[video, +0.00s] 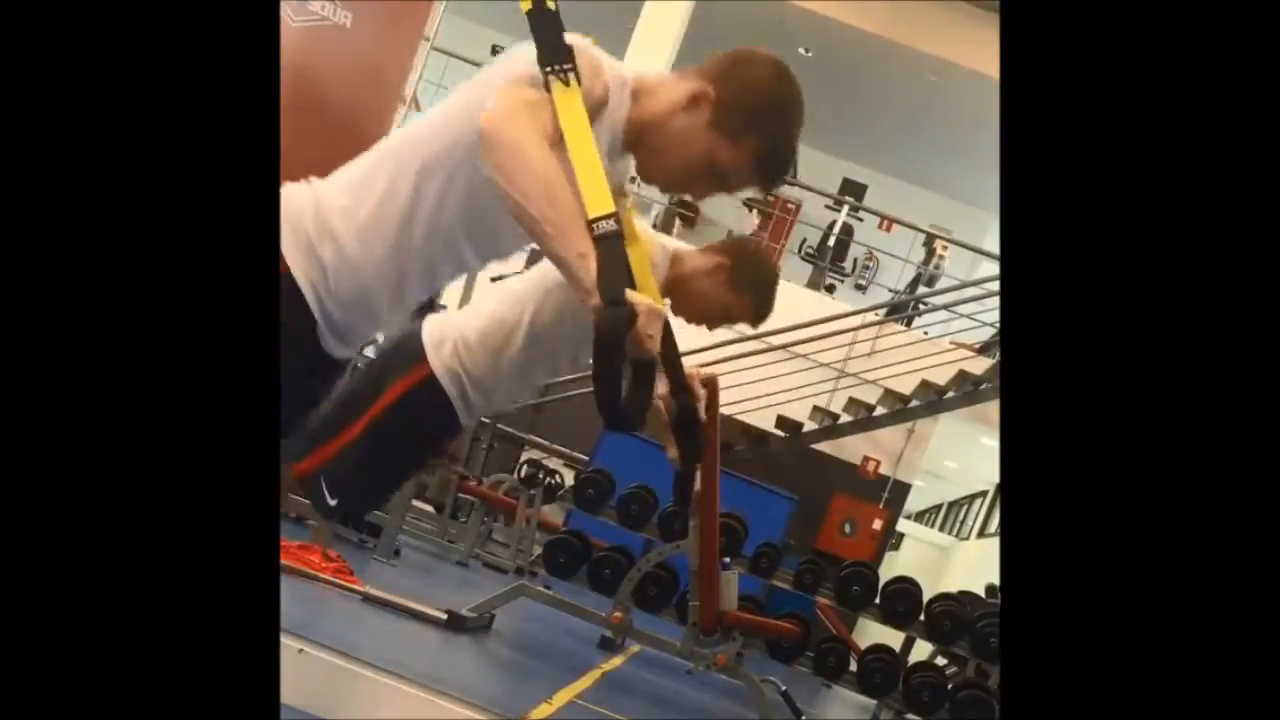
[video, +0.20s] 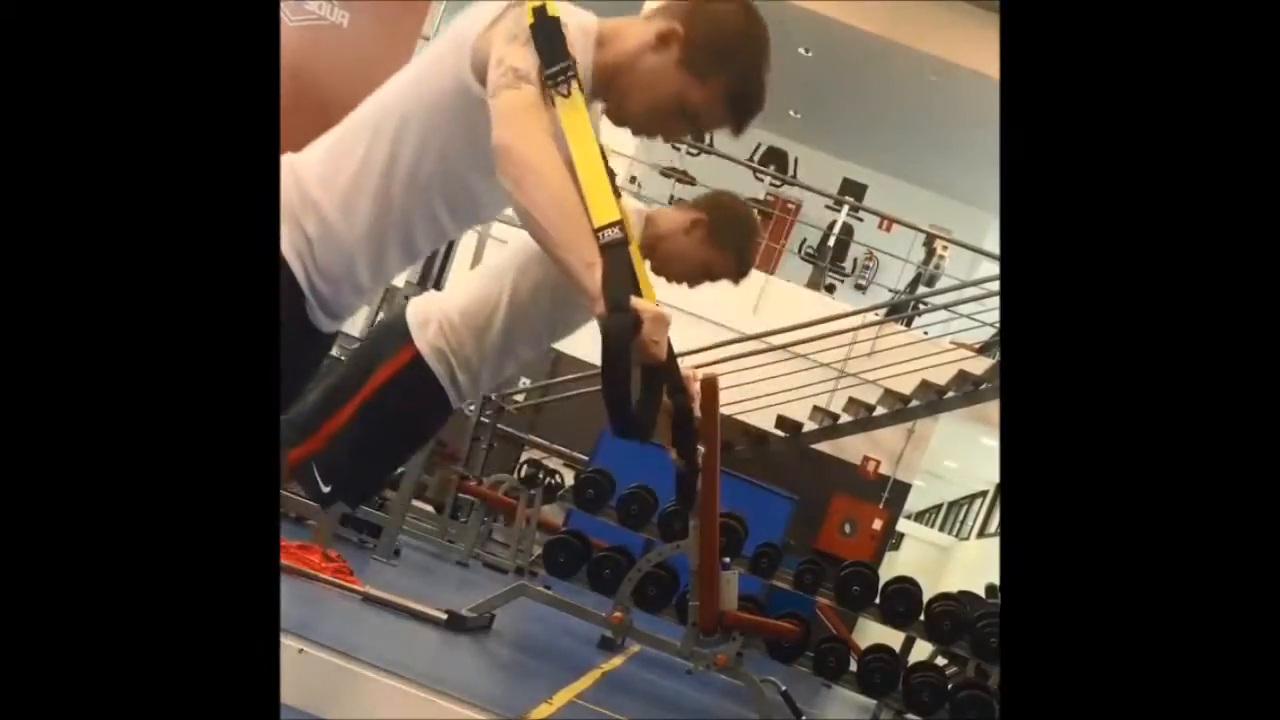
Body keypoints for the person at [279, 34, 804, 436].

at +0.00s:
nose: (700, 195)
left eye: (721, 189)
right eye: (715, 172)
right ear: (698, 104)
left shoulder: (610, 165)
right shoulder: (583, 69)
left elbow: (626, 273)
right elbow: (507, 134)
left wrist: (669, 380)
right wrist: (598, 286)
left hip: (336, 337)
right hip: (294, 273)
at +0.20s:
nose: (672, 141)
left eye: (691, 135)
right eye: (685, 118)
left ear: (660, 38)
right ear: (666, 37)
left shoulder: (577, 116)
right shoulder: (542, 21)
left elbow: (601, 235)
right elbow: (519, 148)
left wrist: (644, 325)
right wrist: (612, 294)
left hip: (323, 310)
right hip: (286, 251)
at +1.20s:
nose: (723, 277)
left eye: (744, 273)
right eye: (740, 259)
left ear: (726, 186)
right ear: (728, 190)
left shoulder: (652, 238)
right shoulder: (630, 149)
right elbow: (521, 117)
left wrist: (673, 356)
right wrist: (636, 271)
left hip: (355, 397)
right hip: (311, 333)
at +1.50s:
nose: (746, 373)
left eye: (765, 372)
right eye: (764, 358)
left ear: (762, 293)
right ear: (763, 295)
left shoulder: (676, 325)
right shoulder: (659, 235)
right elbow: (537, 119)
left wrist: (679, 393)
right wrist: (641, 269)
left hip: (370, 450)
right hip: (330, 392)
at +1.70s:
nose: (757, 475)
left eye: (778, 471)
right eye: (777, 456)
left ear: (778, 366)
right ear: (779, 371)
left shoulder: (702, 410)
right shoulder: (667, 283)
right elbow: (536, 145)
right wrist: (630, 283)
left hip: (367, 491)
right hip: (335, 436)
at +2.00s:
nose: (760, 505)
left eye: (781, 504)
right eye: (779, 487)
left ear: (780, 407)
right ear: (779, 412)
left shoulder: (711, 440)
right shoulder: (683, 343)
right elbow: (547, 168)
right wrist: (638, 295)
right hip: (347, 470)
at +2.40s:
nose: (757, 403)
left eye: (778, 402)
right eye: (776, 385)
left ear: (775, 317)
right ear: (775, 319)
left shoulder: (697, 360)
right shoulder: (665, 259)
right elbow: (532, 141)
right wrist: (640, 276)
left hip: (371, 464)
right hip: (335, 412)